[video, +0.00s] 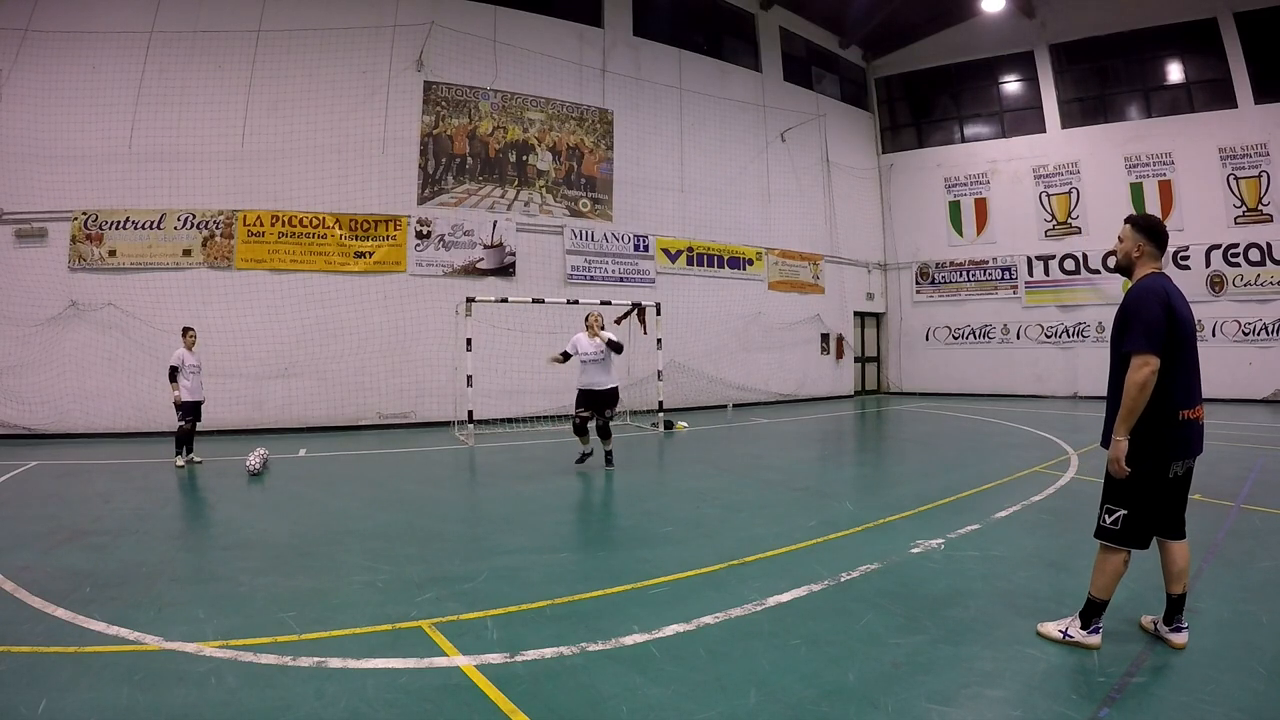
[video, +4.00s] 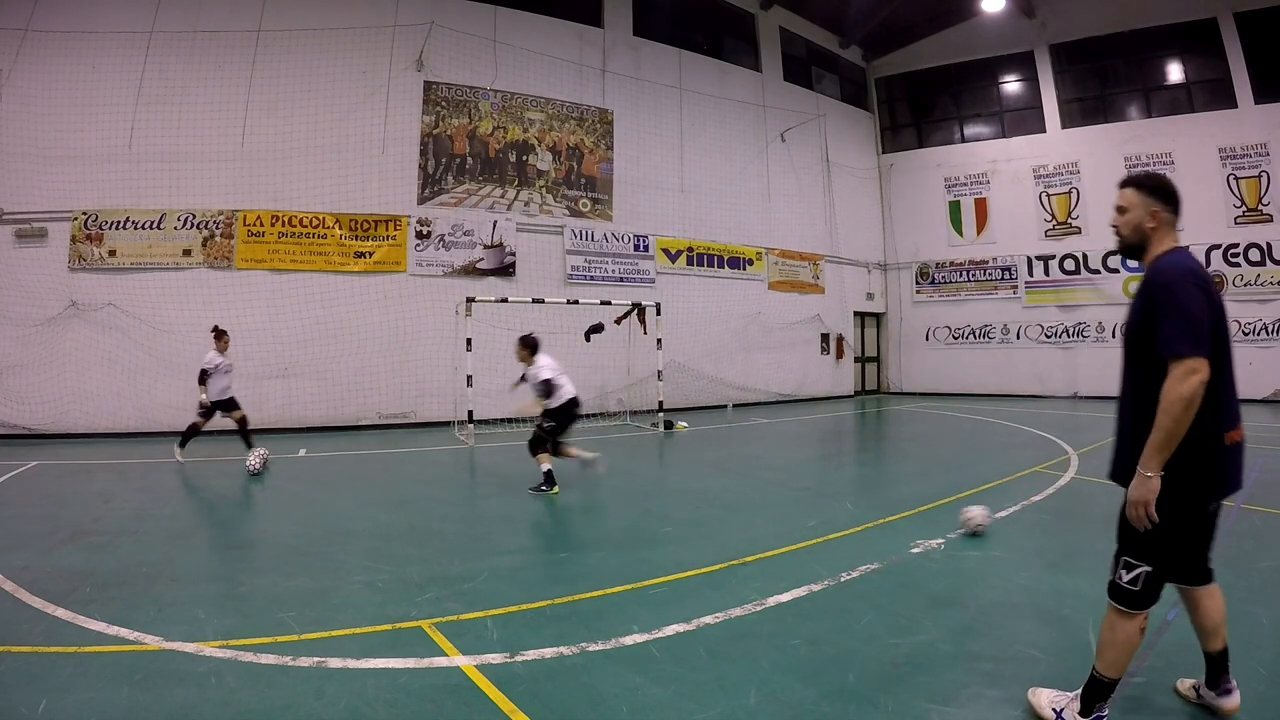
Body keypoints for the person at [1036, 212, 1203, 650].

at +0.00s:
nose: (1113, 247)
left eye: (1119, 239)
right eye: (1117, 239)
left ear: (1138, 246)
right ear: (1151, 249)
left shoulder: (1144, 295)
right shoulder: (1169, 292)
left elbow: (1145, 368)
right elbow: (1171, 368)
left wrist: (1120, 433)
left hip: (1145, 441)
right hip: (1177, 438)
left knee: (1115, 535)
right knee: (1171, 529)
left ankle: (1087, 624)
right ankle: (1174, 622)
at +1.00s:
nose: (1108, 249)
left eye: (1115, 242)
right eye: (1112, 242)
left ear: (1137, 249)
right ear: (1145, 251)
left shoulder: (1142, 296)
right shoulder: (1164, 292)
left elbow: (1147, 369)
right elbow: (1168, 369)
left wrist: (1125, 436)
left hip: (1141, 441)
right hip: (1175, 439)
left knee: (1110, 536)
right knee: (1170, 530)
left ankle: (1087, 624)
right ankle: (1174, 623)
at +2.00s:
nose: (1042, 330)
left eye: (1043, 322)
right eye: (1040, 324)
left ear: (1057, 316)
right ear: (1076, 312)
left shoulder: (1070, 344)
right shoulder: (1105, 341)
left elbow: (1022, 378)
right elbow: (1122, 401)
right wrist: (1091, 450)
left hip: (1111, 456)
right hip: (1155, 452)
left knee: (1040, 514)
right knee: (1133, 537)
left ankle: (1066, 599)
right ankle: (1184, 620)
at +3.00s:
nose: (957, 268)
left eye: (959, 261)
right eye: (958, 260)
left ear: (972, 261)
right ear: (1003, 261)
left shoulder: (970, 309)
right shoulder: (1036, 307)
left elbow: (954, 380)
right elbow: (1065, 380)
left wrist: (919, 441)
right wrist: (1056, 437)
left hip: (993, 452)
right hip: (1041, 451)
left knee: (947, 542)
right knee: (983, 544)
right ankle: (976, 631)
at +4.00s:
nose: (1114, 221)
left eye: (1123, 211)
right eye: (1115, 211)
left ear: (1157, 216)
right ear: (1158, 219)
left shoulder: (1170, 279)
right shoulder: (1181, 274)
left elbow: (1190, 375)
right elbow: (1192, 378)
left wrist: (1149, 469)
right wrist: (1152, 462)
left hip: (1168, 473)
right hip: (1197, 467)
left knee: (1128, 595)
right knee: (1194, 576)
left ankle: (1089, 706)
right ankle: (1219, 686)